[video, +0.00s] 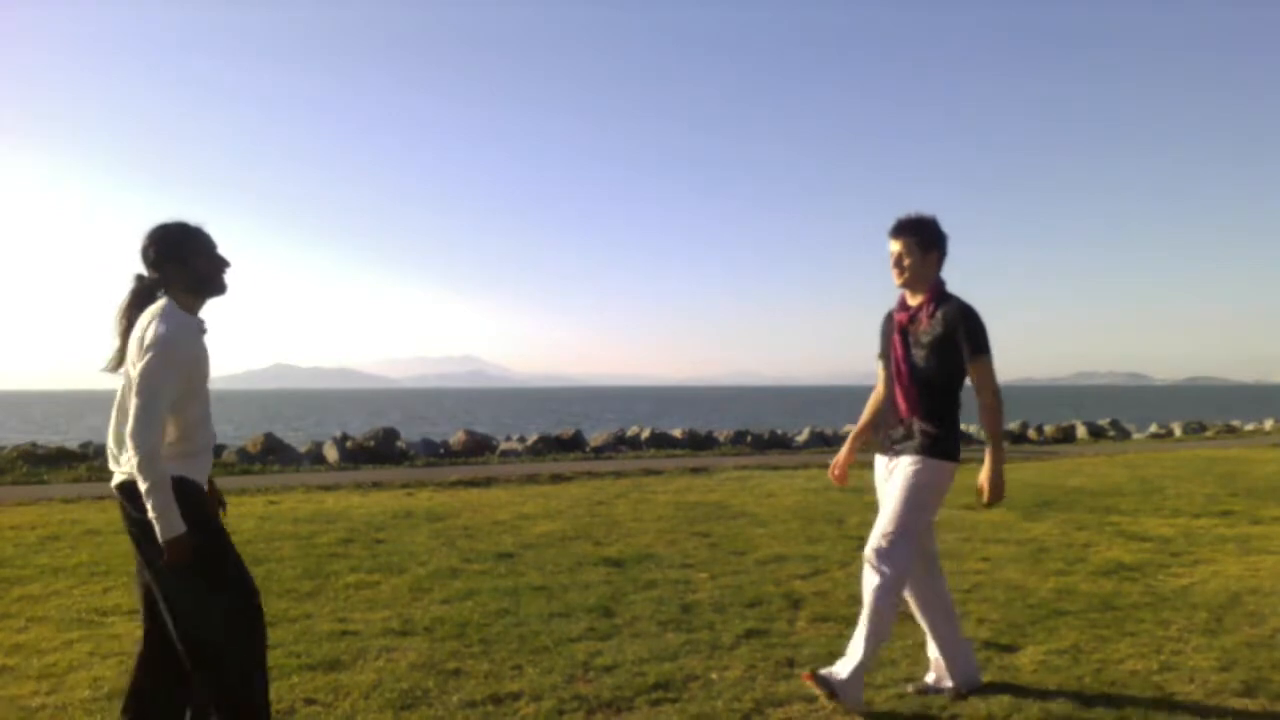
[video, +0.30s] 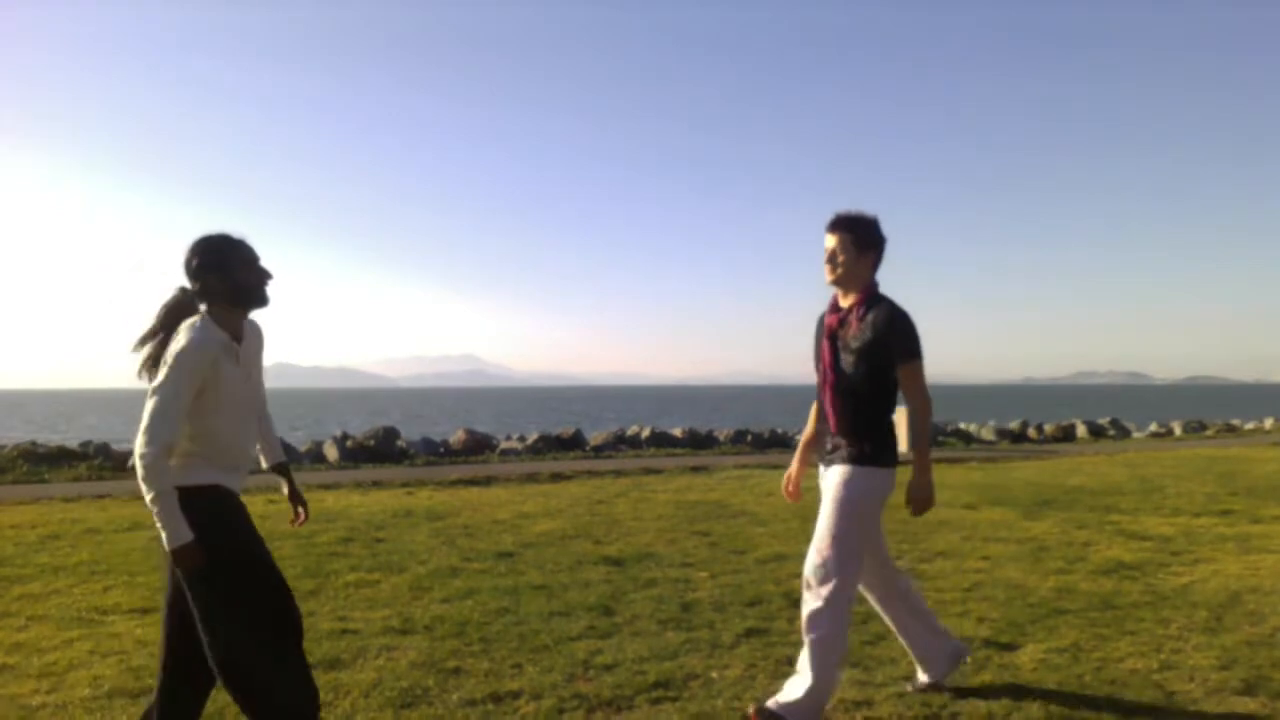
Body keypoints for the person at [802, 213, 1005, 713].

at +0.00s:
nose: (896, 265)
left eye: (905, 257)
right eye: (892, 258)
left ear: (934, 257)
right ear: (891, 261)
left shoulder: (958, 316)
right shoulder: (893, 320)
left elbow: (987, 391)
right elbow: (884, 389)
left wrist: (994, 460)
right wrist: (853, 440)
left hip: (929, 455)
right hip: (890, 453)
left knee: (883, 554)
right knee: (917, 565)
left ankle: (849, 677)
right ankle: (954, 669)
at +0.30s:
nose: (828, 262)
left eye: (839, 255)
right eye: (826, 254)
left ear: (869, 258)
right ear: (827, 259)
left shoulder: (889, 319)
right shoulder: (829, 320)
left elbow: (918, 399)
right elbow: (826, 397)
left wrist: (921, 473)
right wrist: (801, 456)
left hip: (864, 465)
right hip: (834, 462)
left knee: (824, 576)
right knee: (873, 570)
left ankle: (806, 698)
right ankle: (940, 654)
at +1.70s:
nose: (581, 228)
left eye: (591, 219)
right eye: (579, 220)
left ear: (627, 220)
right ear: (583, 228)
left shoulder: (671, 282)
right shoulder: (588, 303)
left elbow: (711, 361)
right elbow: (533, 338)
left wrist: (737, 441)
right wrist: (548, 271)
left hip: (692, 462)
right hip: (627, 473)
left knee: (736, 585)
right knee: (630, 605)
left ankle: (774, 691)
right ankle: (638, 712)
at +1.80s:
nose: (571, 225)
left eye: (580, 215)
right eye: (568, 217)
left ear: (617, 216)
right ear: (574, 225)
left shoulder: (661, 279)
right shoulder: (578, 296)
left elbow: (703, 362)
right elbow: (521, 328)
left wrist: (736, 444)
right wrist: (534, 269)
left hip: (683, 460)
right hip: (617, 472)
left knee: (742, 581)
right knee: (623, 609)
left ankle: (804, 686)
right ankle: (638, 715)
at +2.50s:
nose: (562, 218)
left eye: (573, 209)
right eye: (562, 210)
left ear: (612, 216)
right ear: (573, 218)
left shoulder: (650, 287)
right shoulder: (565, 283)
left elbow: (718, 360)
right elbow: (518, 290)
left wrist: (784, 423)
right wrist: (515, 238)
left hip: (635, 452)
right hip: (580, 460)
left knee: (574, 551)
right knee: (600, 612)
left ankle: (500, 700)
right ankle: (626, 714)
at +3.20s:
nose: (576, 222)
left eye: (589, 213)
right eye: (577, 211)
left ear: (628, 226)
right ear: (581, 218)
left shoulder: (646, 305)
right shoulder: (558, 276)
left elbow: (704, 387)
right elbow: (476, 317)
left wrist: (625, 394)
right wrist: (462, 389)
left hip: (597, 472)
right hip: (550, 467)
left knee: (535, 612)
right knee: (591, 620)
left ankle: (547, 714)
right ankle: (624, 714)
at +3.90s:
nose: (472, 311)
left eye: (474, 301)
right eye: (471, 300)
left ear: (503, 307)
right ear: (510, 303)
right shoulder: (533, 339)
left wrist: (491, 412)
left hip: (603, 491)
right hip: (585, 483)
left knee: (542, 634)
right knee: (568, 627)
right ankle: (590, 709)